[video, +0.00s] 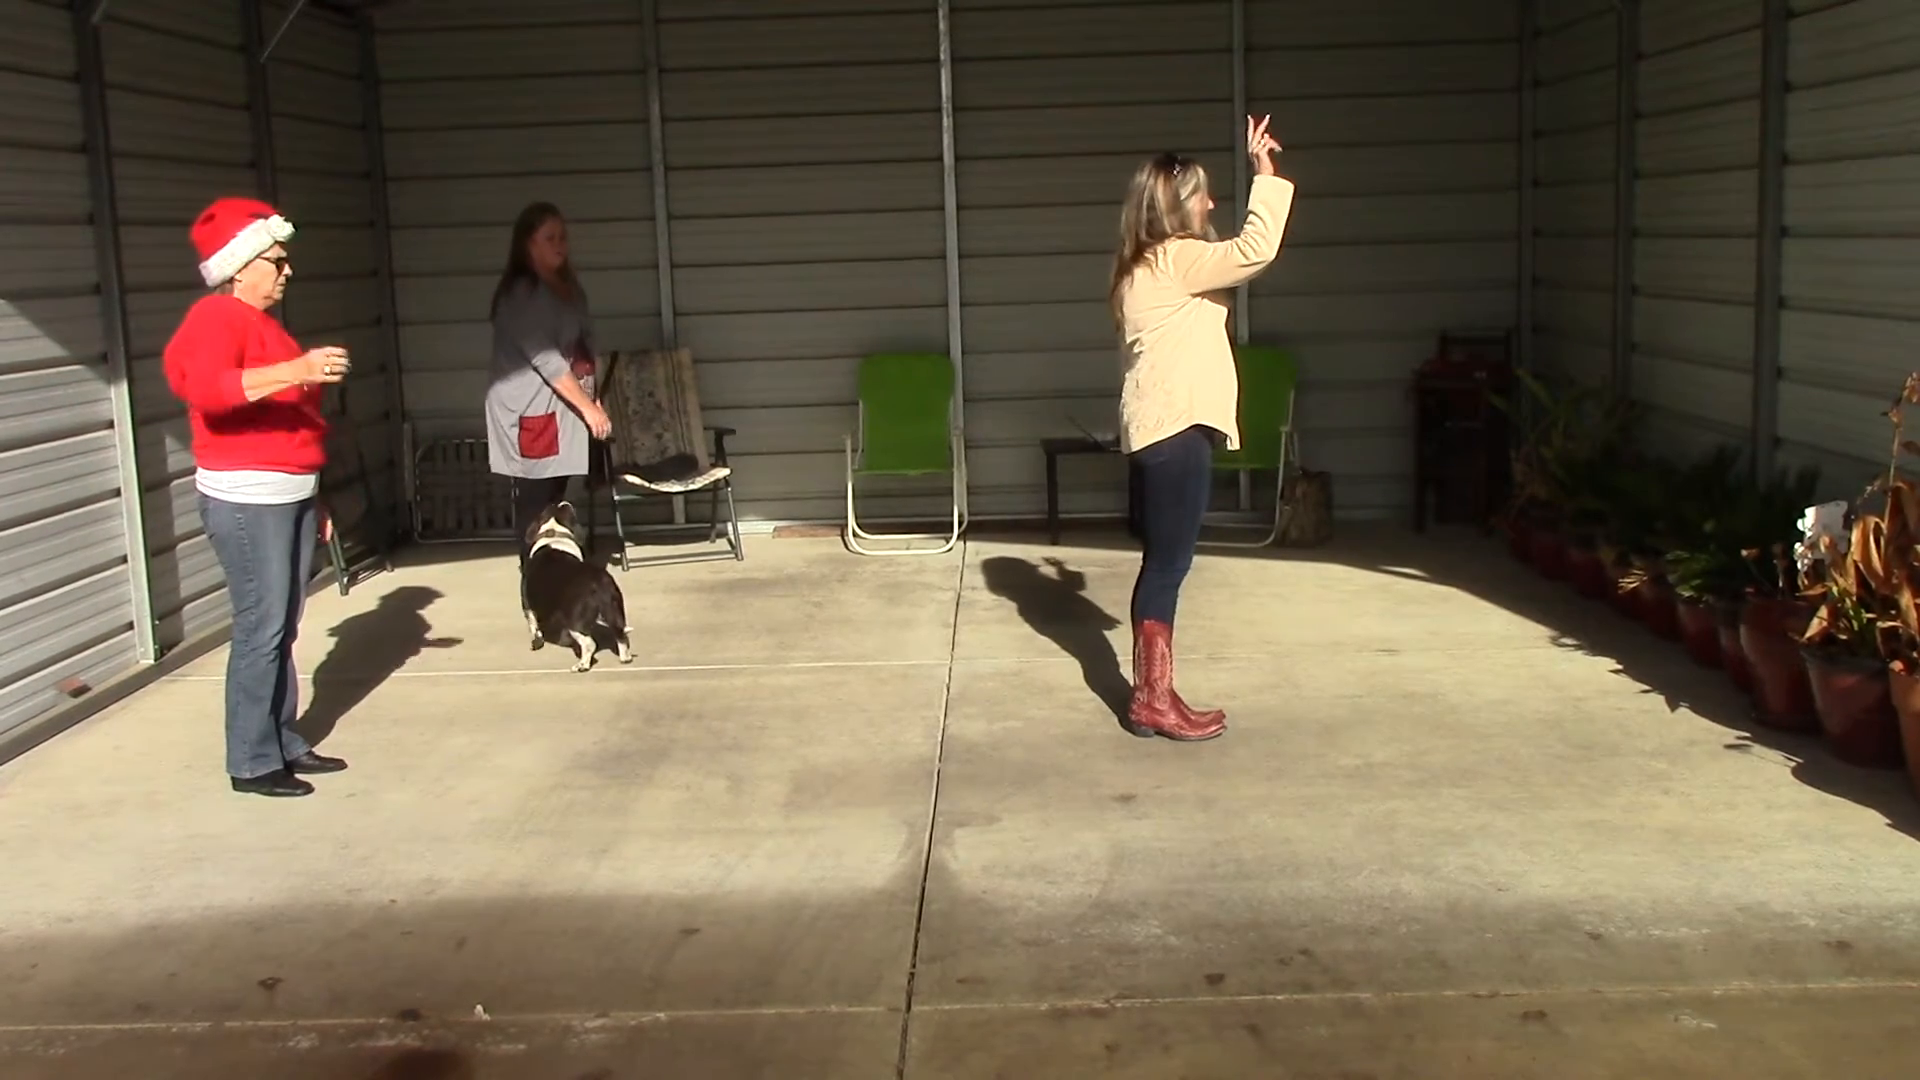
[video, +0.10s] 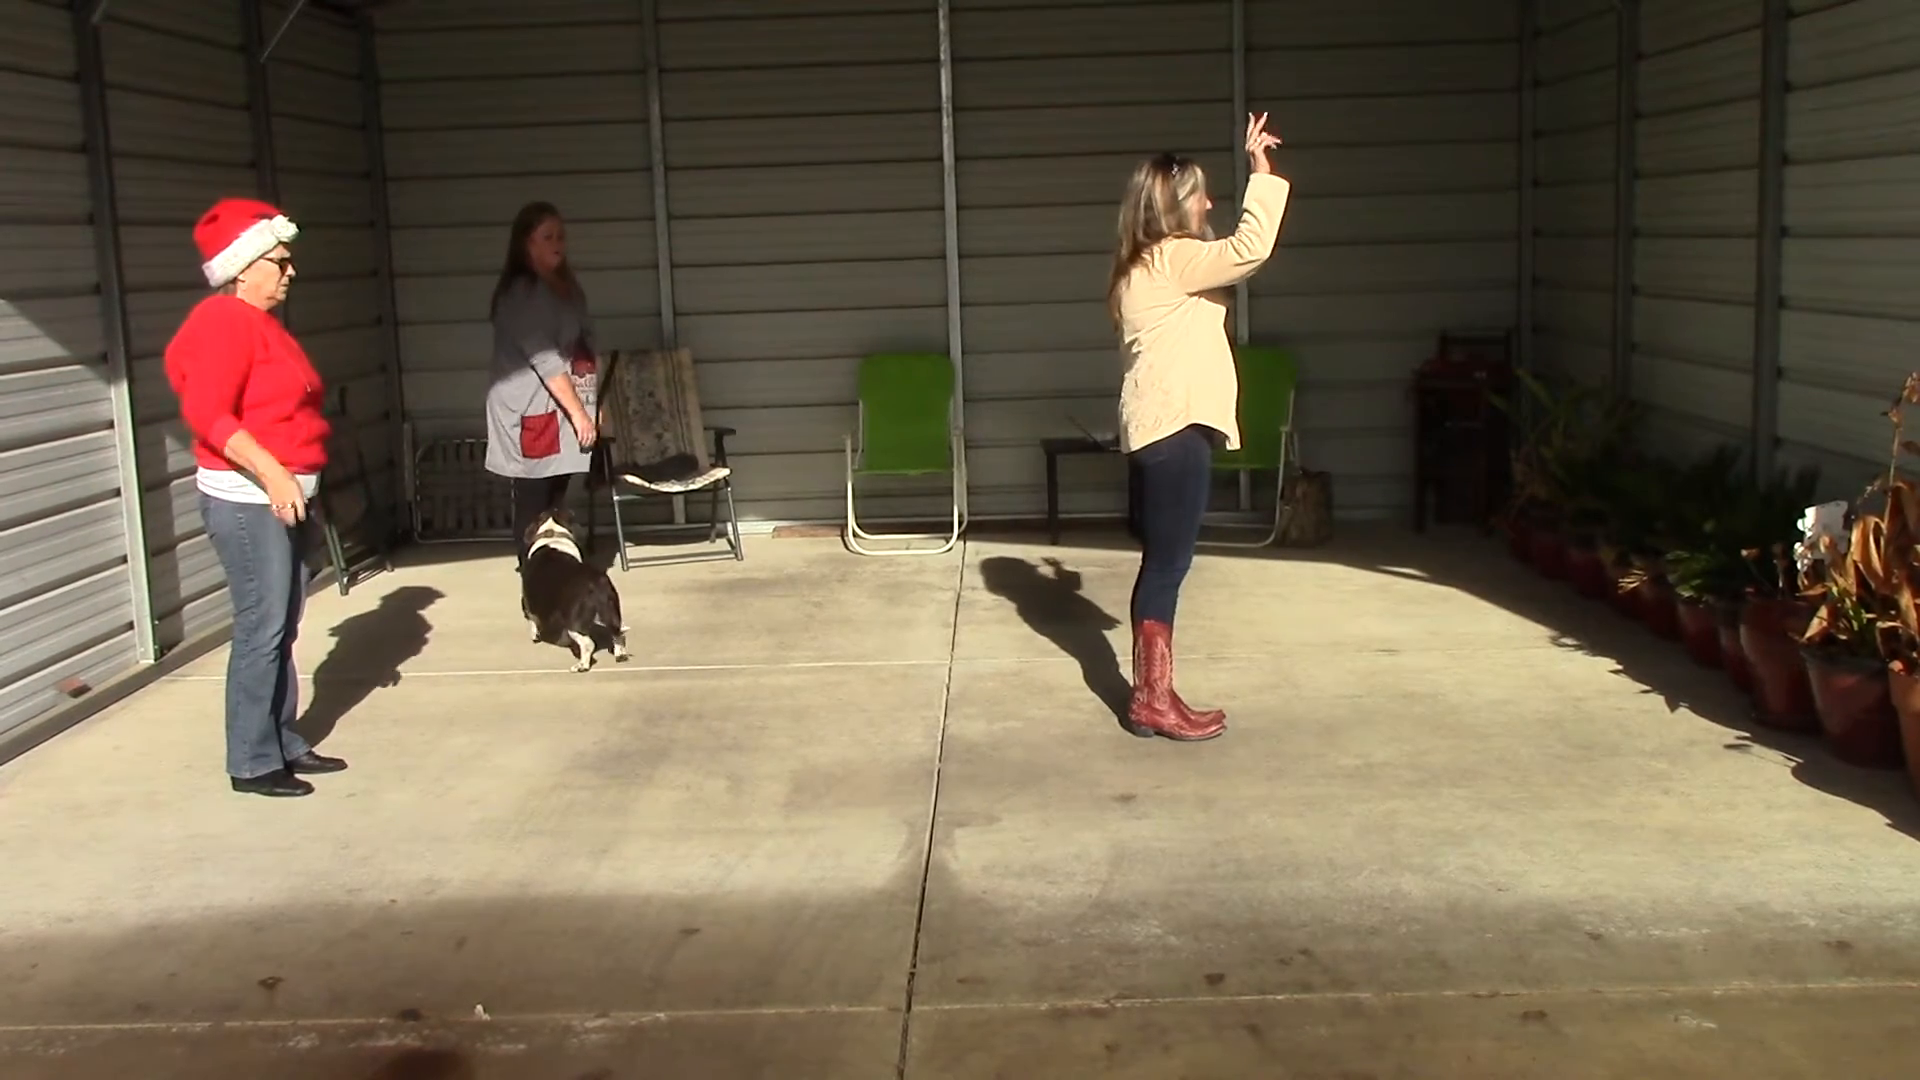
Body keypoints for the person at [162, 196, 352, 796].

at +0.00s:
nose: (287, 273)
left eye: (286, 263)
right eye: (278, 263)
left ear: (249, 268)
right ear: (243, 266)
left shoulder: (266, 326)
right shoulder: (212, 317)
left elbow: (291, 422)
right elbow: (207, 389)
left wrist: (314, 500)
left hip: (290, 492)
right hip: (246, 496)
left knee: (281, 628)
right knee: (260, 629)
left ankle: (281, 743)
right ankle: (250, 762)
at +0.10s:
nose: (289, 273)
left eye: (288, 263)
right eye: (280, 263)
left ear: (251, 269)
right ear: (245, 267)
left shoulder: (259, 322)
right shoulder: (221, 320)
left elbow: (265, 411)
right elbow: (204, 410)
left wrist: (297, 482)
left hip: (281, 493)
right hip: (243, 497)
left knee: (281, 626)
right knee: (260, 628)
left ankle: (282, 743)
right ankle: (251, 762)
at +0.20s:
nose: (290, 273)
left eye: (289, 263)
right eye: (280, 263)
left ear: (253, 270)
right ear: (245, 269)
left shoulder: (263, 324)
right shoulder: (223, 323)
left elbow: (267, 417)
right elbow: (208, 418)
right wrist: (230, 503)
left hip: (291, 494)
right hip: (254, 497)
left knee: (281, 628)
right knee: (262, 629)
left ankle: (282, 743)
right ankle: (251, 762)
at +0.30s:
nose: (291, 275)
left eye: (290, 265)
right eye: (280, 265)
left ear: (256, 272)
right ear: (245, 270)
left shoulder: (270, 326)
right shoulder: (217, 324)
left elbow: (283, 417)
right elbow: (199, 420)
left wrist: (310, 493)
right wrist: (226, 502)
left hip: (295, 493)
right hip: (255, 496)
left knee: (283, 624)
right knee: (266, 626)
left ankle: (283, 743)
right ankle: (251, 762)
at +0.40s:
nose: (290, 275)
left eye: (288, 265)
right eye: (278, 266)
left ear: (255, 272)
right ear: (243, 272)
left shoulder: (273, 327)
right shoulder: (216, 326)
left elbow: (289, 417)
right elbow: (202, 421)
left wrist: (311, 495)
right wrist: (238, 500)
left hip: (295, 494)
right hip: (251, 498)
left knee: (283, 625)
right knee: (270, 625)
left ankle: (284, 743)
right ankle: (252, 763)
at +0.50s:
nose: (289, 275)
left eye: (287, 265)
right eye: (278, 266)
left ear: (255, 272)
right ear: (242, 273)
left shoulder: (275, 328)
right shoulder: (219, 326)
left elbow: (295, 422)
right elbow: (212, 426)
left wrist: (318, 500)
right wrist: (255, 500)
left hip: (293, 497)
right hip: (246, 498)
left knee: (282, 625)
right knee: (270, 623)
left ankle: (283, 743)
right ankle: (252, 762)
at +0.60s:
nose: (290, 275)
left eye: (289, 265)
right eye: (279, 266)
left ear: (258, 271)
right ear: (243, 272)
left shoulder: (276, 329)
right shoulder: (220, 327)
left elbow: (299, 419)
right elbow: (216, 430)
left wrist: (327, 490)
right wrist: (269, 498)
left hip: (287, 496)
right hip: (242, 498)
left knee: (281, 625)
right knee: (267, 625)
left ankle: (283, 743)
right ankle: (252, 762)